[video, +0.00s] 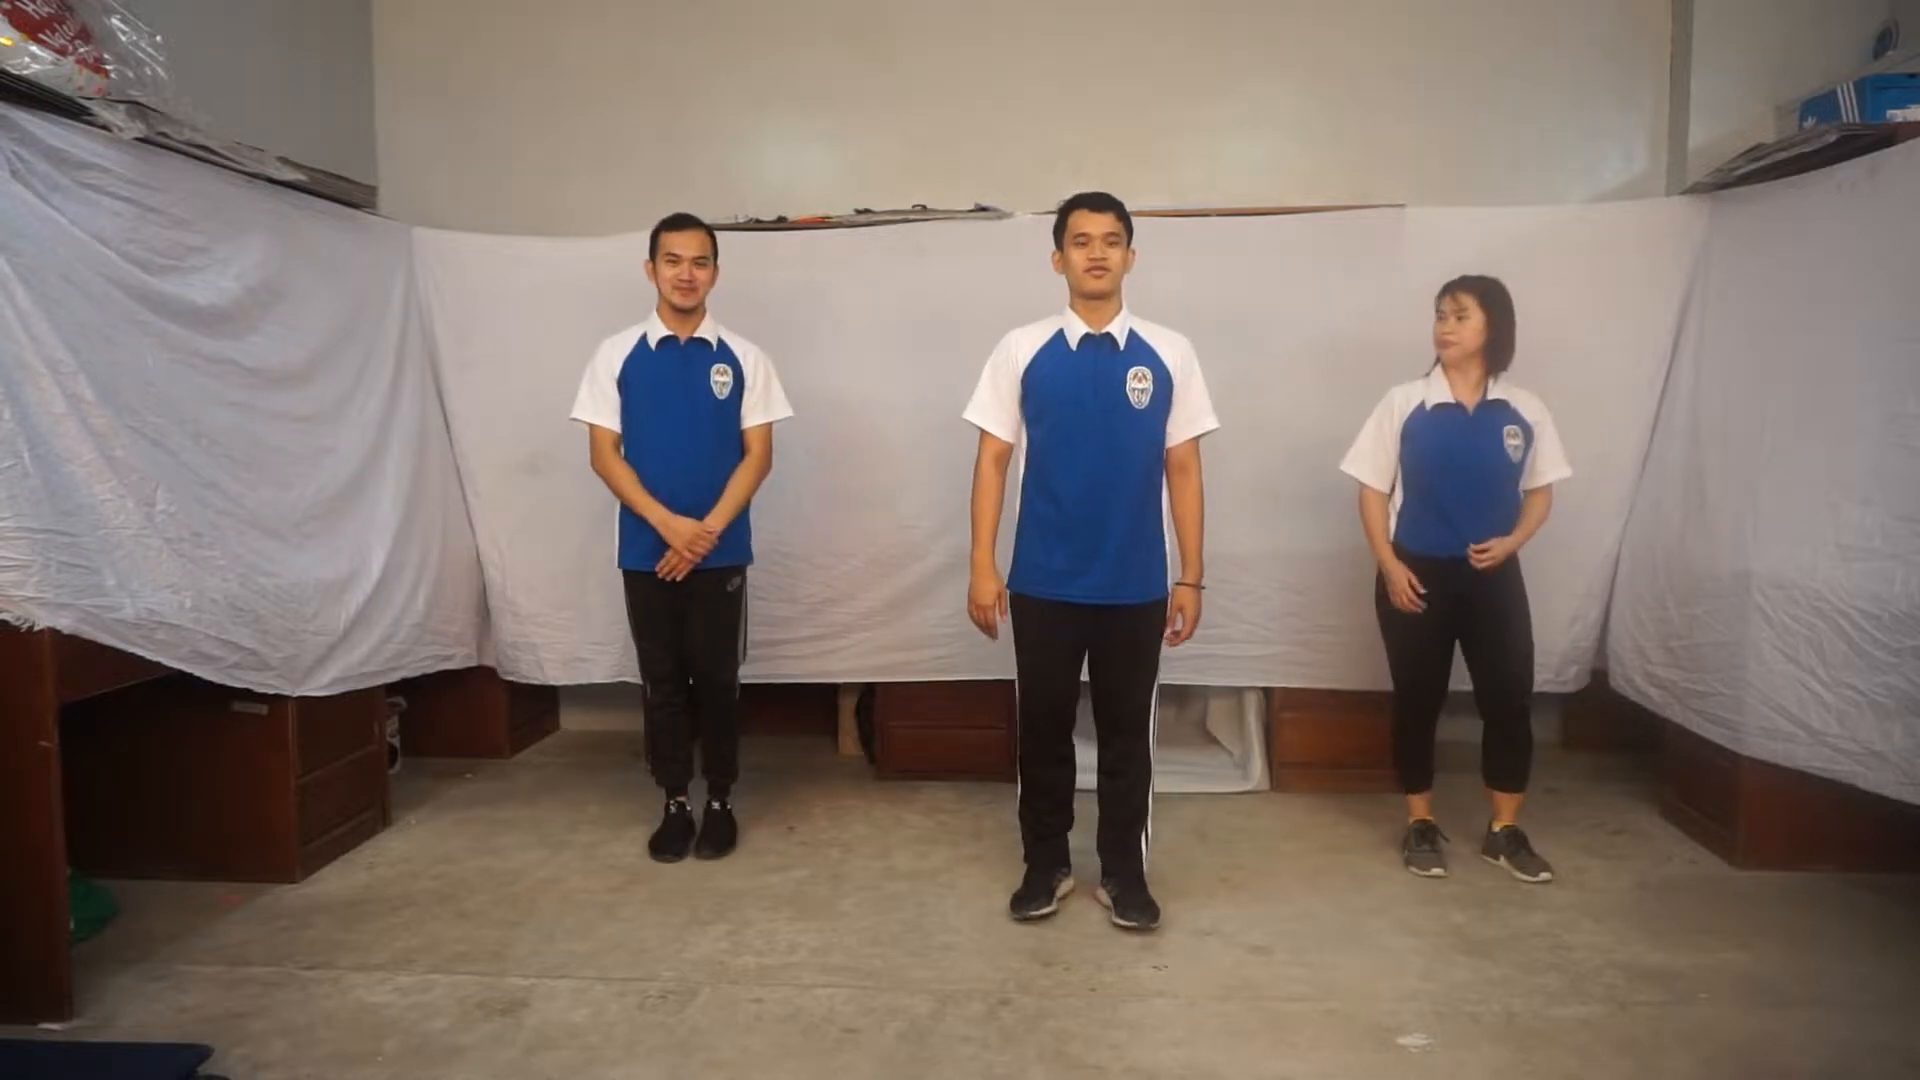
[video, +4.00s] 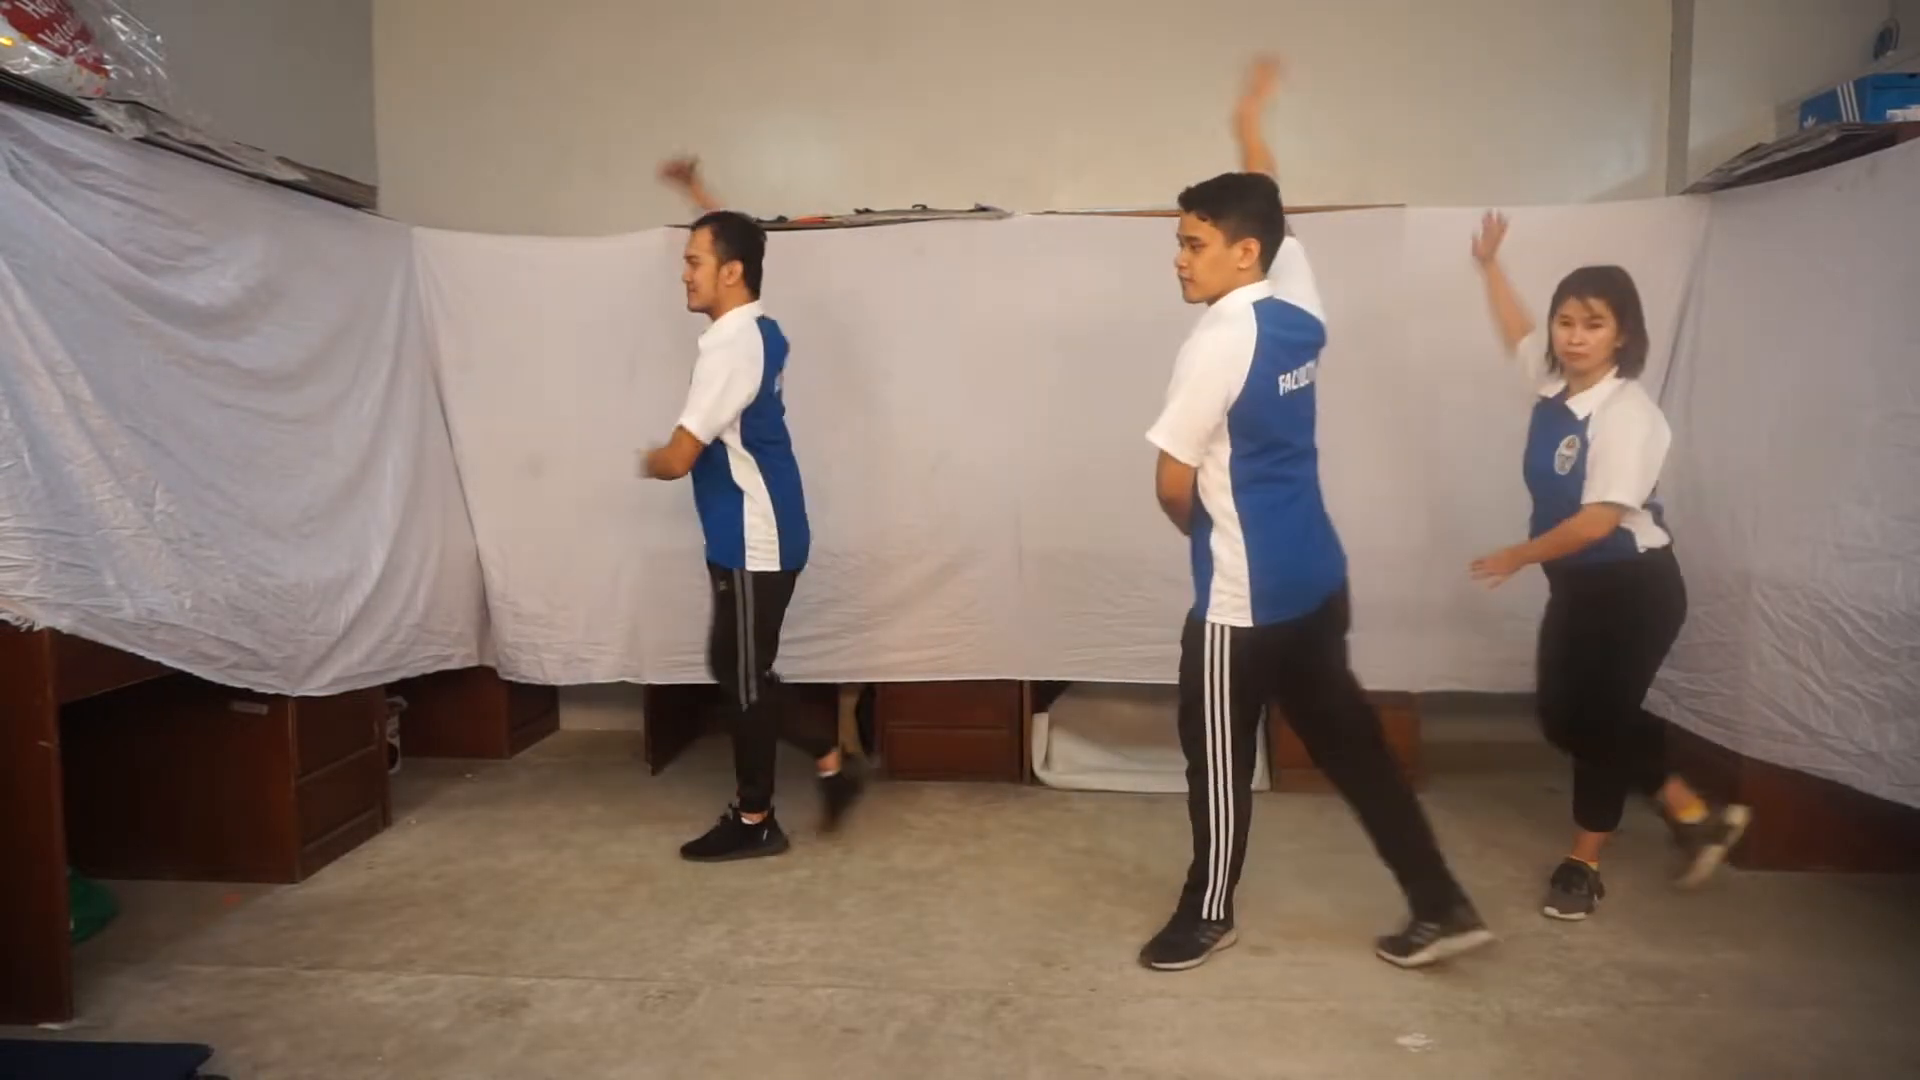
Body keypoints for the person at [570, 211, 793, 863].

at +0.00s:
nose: (687, 273)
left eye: (700, 262)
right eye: (673, 261)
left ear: (714, 273)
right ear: (653, 270)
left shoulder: (744, 359)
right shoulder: (617, 355)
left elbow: (759, 457)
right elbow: (603, 456)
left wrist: (703, 537)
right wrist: (665, 521)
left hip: (720, 555)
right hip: (647, 556)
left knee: (717, 683)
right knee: (663, 687)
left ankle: (719, 801)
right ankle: (676, 804)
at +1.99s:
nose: (693, 269)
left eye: (705, 258)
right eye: (680, 257)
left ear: (720, 270)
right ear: (659, 268)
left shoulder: (750, 358)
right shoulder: (623, 353)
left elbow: (762, 459)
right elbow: (608, 454)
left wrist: (708, 542)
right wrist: (667, 521)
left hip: (726, 555)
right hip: (654, 556)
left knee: (723, 684)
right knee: (666, 687)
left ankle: (720, 802)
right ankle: (676, 804)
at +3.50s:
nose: (650, 268)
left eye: (663, 257)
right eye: (637, 256)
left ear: (680, 269)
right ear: (617, 266)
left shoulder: (708, 354)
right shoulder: (583, 353)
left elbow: (755, 435)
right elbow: (548, 440)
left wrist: (807, 510)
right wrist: (561, 500)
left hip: (691, 550)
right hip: (617, 551)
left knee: (702, 675)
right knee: (631, 680)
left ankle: (739, 796)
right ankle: (637, 799)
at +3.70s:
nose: (670, 274)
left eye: (683, 262)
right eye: (656, 262)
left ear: (700, 271)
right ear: (638, 272)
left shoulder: (730, 352)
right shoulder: (610, 357)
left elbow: (755, 422)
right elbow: (570, 440)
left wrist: (761, 468)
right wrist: (504, 393)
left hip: (707, 553)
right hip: (638, 554)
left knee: (701, 676)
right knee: (631, 674)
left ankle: (750, 811)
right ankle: (634, 799)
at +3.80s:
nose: (663, 274)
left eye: (677, 262)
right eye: (658, 263)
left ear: (715, 270)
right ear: (654, 272)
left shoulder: (740, 349)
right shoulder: (642, 351)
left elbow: (728, 442)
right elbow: (573, 406)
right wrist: (555, 332)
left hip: (728, 554)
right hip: (663, 552)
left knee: (728, 682)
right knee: (657, 676)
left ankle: (753, 813)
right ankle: (638, 797)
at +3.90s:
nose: (673, 274)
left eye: (685, 263)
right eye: (674, 263)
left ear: (725, 270)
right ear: (709, 272)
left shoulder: (739, 346)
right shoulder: (699, 337)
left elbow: (687, 451)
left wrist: (591, 462)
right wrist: (623, 278)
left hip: (749, 550)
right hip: (707, 545)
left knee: (741, 681)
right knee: (686, 664)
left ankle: (754, 817)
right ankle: (730, 792)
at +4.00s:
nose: (685, 273)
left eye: (694, 262)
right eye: (686, 261)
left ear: (730, 272)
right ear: (737, 273)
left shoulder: (730, 344)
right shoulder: (756, 327)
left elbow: (677, 459)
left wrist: (653, 462)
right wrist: (696, 193)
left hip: (756, 541)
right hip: (753, 533)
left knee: (747, 678)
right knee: (734, 667)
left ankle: (753, 817)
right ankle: (833, 761)